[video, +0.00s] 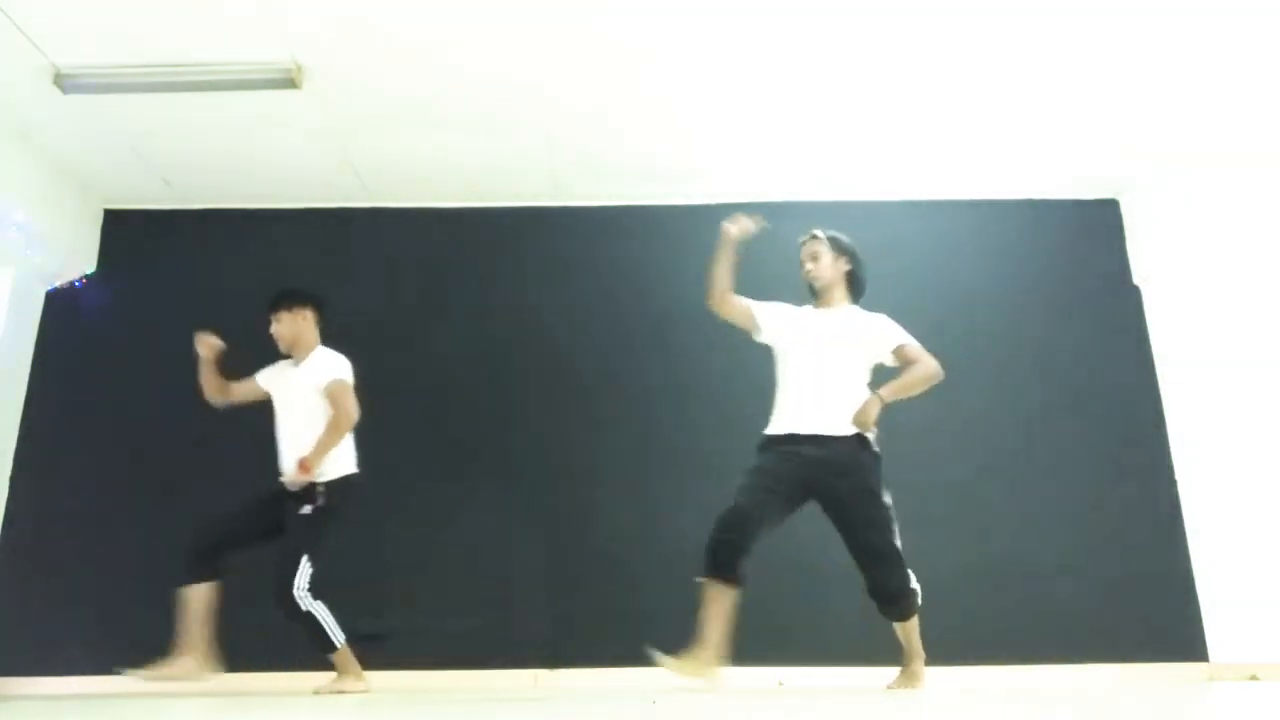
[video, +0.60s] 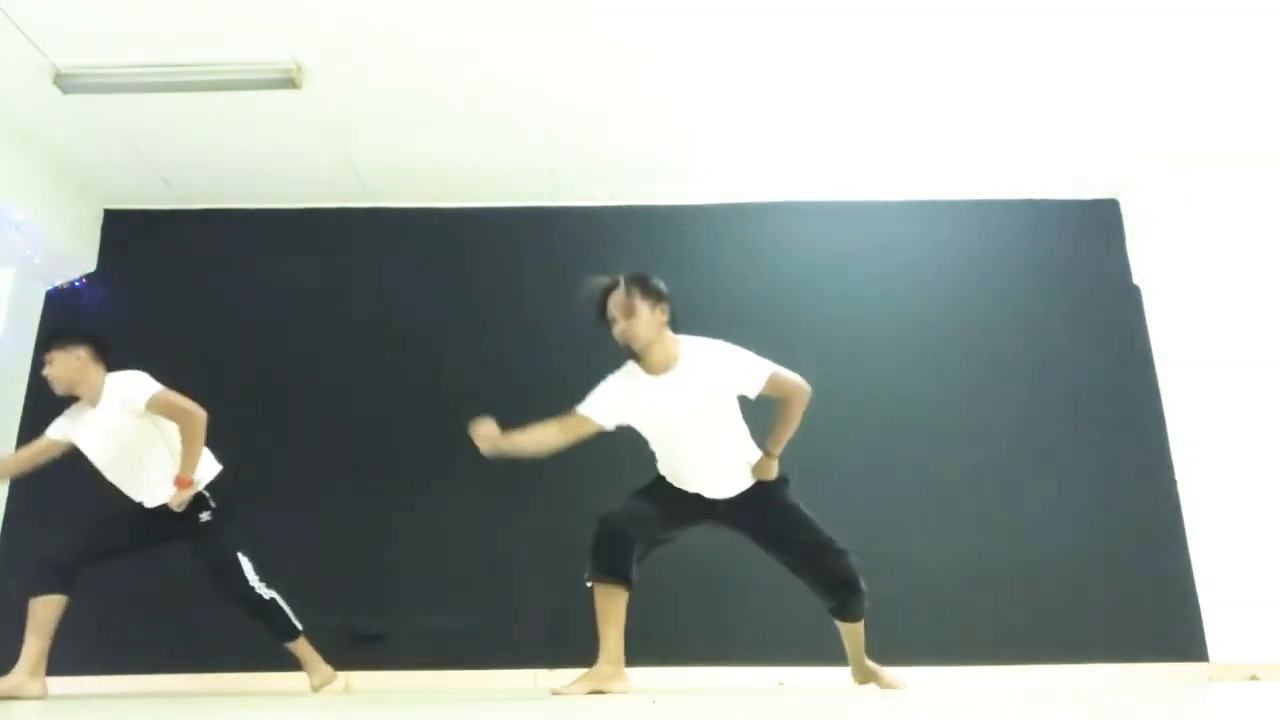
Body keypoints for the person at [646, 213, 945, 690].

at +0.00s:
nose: (809, 264)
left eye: (818, 255)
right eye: (805, 259)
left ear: (845, 264)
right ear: (803, 269)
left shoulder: (872, 325)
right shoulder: (784, 318)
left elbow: (930, 369)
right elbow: (721, 301)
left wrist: (880, 397)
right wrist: (728, 241)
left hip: (847, 455)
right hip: (784, 453)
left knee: (883, 564)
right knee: (730, 534)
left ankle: (914, 665)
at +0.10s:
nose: (776, 260)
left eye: (785, 251)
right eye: (772, 253)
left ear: (813, 259)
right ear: (770, 263)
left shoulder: (842, 321)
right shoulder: (750, 311)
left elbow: (900, 364)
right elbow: (687, 277)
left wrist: (852, 395)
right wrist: (674, 219)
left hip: (821, 453)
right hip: (756, 451)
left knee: (865, 557)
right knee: (707, 542)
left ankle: (910, 657)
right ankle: (645, 650)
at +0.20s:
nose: (726, 253)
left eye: (737, 245)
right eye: (723, 248)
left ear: (766, 254)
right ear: (719, 259)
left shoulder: (798, 317)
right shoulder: (706, 311)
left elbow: (863, 357)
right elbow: (640, 282)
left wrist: (821, 398)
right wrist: (605, 227)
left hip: (794, 459)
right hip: (727, 461)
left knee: (852, 559)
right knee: (672, 555)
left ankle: (906, 653)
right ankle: (618, 665)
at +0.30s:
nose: (674, 260)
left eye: (684, 250)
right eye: (670, 254)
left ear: (715, 258)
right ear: (669, 267)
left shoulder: (754, 316)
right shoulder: (661, 323)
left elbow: (830, 352)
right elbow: (593, 308)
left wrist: (797, 407)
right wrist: (538, 265)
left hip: (771, 465)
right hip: (703, 469)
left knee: (843, 562)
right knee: (637, 542)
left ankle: (892, 655)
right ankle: (611, 667)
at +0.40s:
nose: (634, 282)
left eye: (643, 270)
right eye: (629, 275)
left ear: (675, 269)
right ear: (631, 285)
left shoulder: (723, 325)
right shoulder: (630, 347)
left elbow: (803, 360)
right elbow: (557, 348)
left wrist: (778, 422)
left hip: (755, 472)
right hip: (686, 478)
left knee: (836, 562)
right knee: (620, 531)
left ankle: (869, 654)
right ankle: (610, 667)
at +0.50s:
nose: (616, 306)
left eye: (625, 293)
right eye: (610, 300)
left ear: (658, 292)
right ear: (609, 311)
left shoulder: (711, 342)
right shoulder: (617, 370)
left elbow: (793, 374)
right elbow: (550, 396)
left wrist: (770, 439)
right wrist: (483, 390)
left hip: (746, 479)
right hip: (677, 486)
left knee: (836, 567)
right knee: (613, 534)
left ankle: (861, 658)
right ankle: (609, 666)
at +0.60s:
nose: (618, 328)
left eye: (626, 315)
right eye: (613, 320)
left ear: (660, 313)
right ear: (612, 327)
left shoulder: (715, 359)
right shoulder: (622, 387)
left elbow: (796, 391)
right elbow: (562, 431)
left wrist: (771, 455)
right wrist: (502, 442)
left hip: (747, 488)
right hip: (678, 493)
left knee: (840, 575)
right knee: (613, 534)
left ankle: (860, 665)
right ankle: (609, 667)